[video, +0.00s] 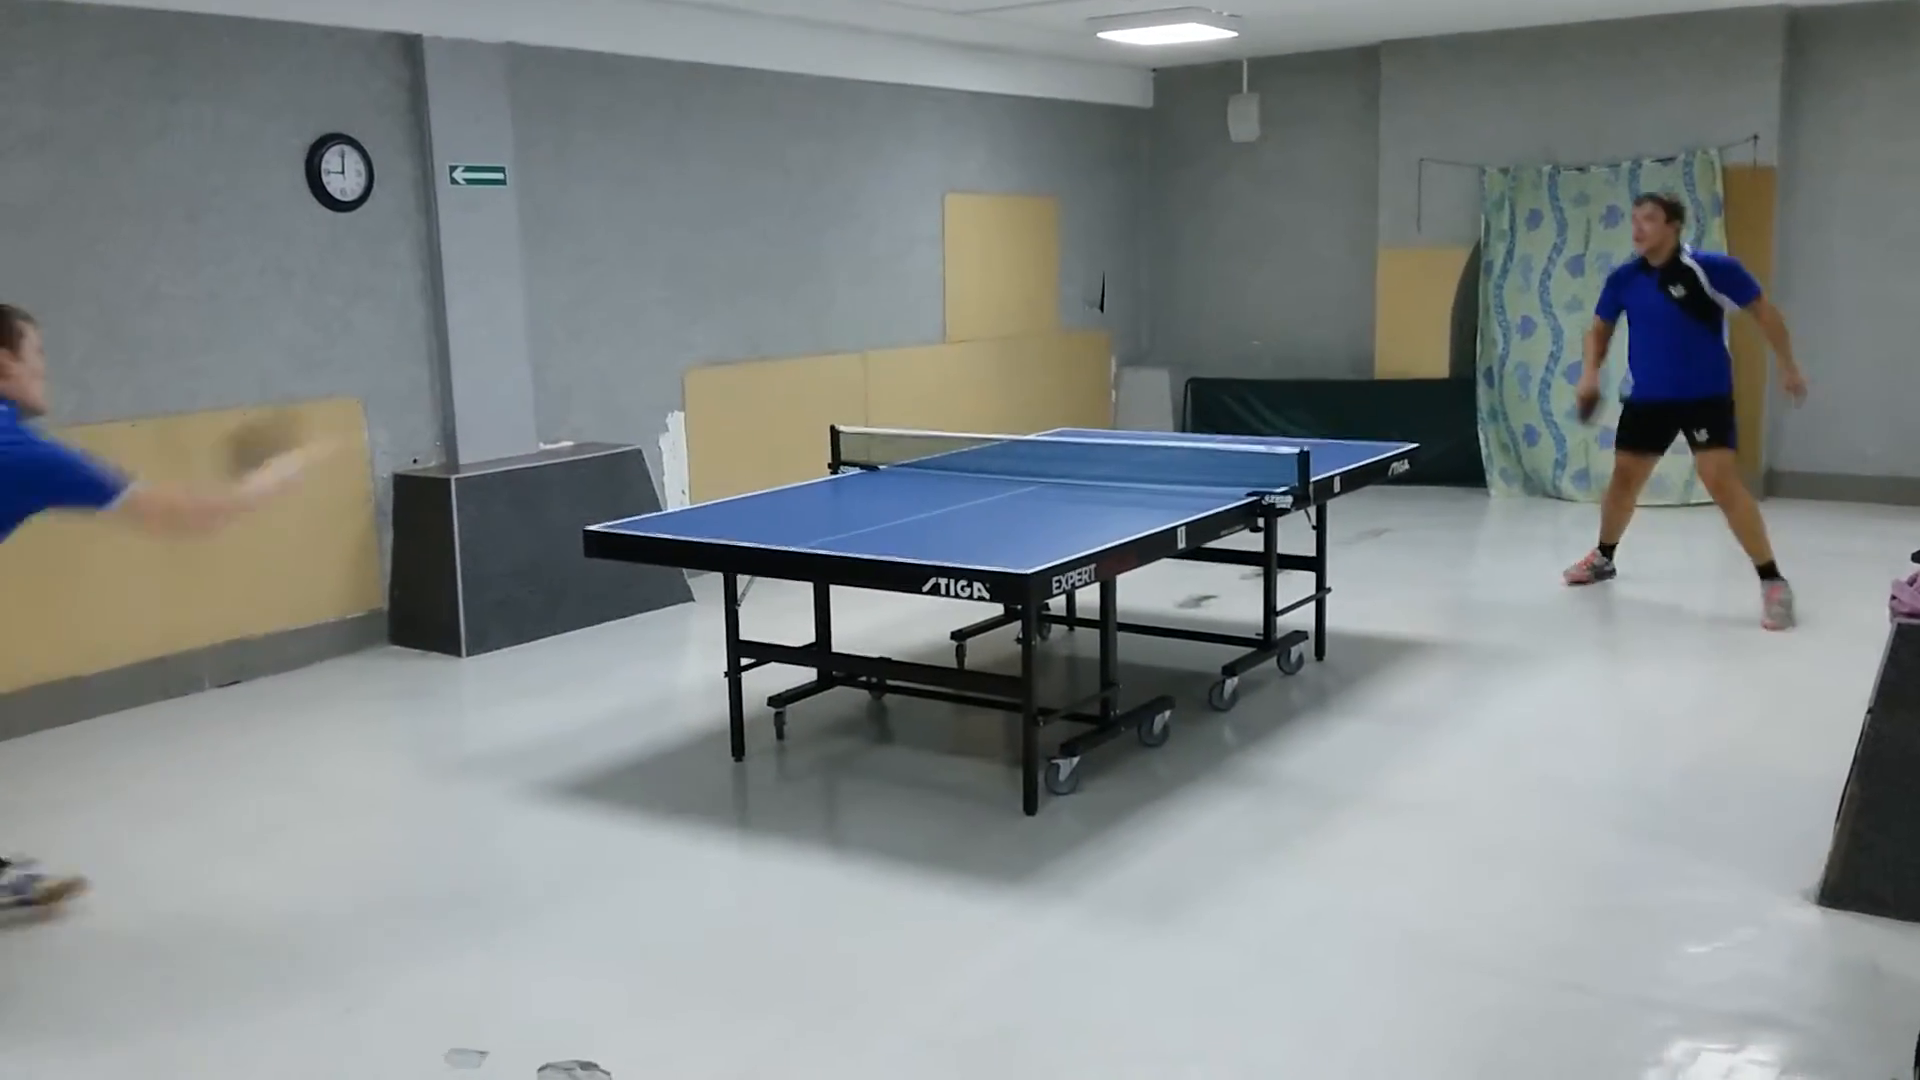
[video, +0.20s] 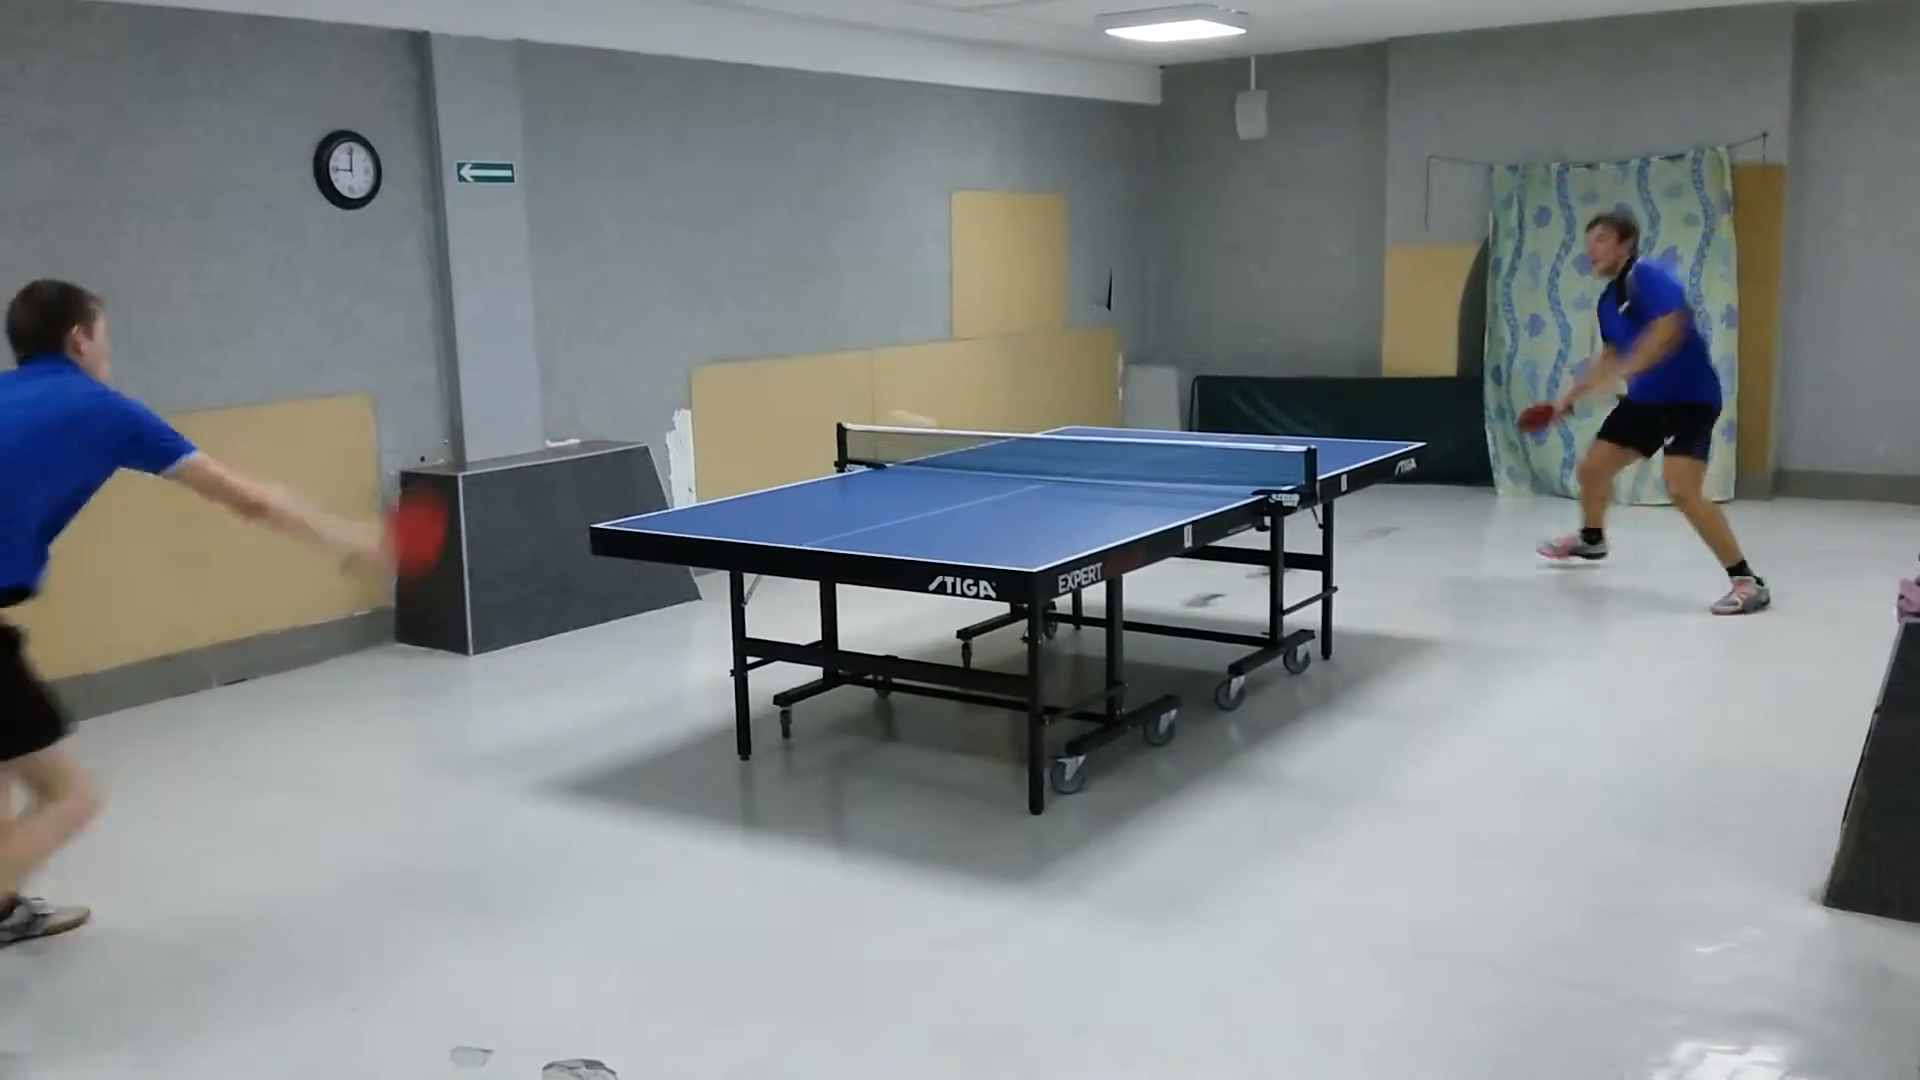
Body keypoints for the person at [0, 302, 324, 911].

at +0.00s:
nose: (43, 368)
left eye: (39, 353)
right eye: (33, 354)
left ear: (8, 363)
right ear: (5, 363)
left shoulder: (16, 444)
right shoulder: (17, 449)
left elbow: (161, 509)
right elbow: (169, 511)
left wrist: (245, 488)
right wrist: (273, 478)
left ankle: (5, 871)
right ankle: (4, 871)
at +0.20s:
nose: (108, 351)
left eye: (105, 336)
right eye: (103, 336)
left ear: (28, 343)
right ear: (77, 339)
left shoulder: (9, 392)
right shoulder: (99, 407)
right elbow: (248, 498)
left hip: (4, 633)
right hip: (1, 636)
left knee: (14, 783)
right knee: (71, 797)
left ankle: (9, 901)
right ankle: (4, 898)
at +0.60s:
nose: (241, 302)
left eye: (235, 288)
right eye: (235, 290)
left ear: (152, 306)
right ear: (218, 300)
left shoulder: (105, 391)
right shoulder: (248, 391)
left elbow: (27, 509)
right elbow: (281, 542)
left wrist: (82, 594)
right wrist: (277, 611)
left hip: (119, 643)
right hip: (214, 649)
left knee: (153, 756)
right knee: (311, 818)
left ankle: (80, 913)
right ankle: (244, 1030)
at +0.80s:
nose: (299, 253)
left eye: (293, 239)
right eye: (295, 241)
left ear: (211, 256)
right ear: (279, 252)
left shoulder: (154, 341)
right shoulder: (311, 351)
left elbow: (92, 464)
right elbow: (337, 510)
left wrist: (148, 549)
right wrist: (352, 584)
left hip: (171, 599)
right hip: (263, 602)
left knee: (221, 744)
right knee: (366, 780)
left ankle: (210, 913)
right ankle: (312, 992)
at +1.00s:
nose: (373, 318)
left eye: (367, 304)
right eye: (368, 305)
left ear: (290, 317)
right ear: (350, 314)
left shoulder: (234, 392)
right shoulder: (359, 415)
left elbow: (169, 505)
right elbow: (382, 573)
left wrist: (244, 552)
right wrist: (447, 598)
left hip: (200, 641)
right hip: (285, 650)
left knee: (281, 756)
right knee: (420, 806)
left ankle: (208, 921)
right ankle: (403, 1029)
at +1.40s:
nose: (468, 337)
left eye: (466, 323)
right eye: (464, 324)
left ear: (411, 335)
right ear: (440, 335)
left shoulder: (424, 404)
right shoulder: (357, 449)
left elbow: (437, 483)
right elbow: (355, 610)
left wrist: (505, 491)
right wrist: (465, 678)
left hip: (355, 636)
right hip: (313, 655)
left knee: (402, 757)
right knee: (473, 802)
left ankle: (266, 876)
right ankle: (419, 1017)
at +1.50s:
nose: (500, 365)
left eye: (499, 353)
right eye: (496, 353)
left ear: (446, 364)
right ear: (469, 363)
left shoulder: (480, 428)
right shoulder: (360, 472)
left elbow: (548, 497)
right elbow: (356, 634)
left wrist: (572, 513)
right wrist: (448, 715)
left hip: (396, 650)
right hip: (333, 665)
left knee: (434, 774)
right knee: (487, 808)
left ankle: (300, 879)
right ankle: (419, 1018)